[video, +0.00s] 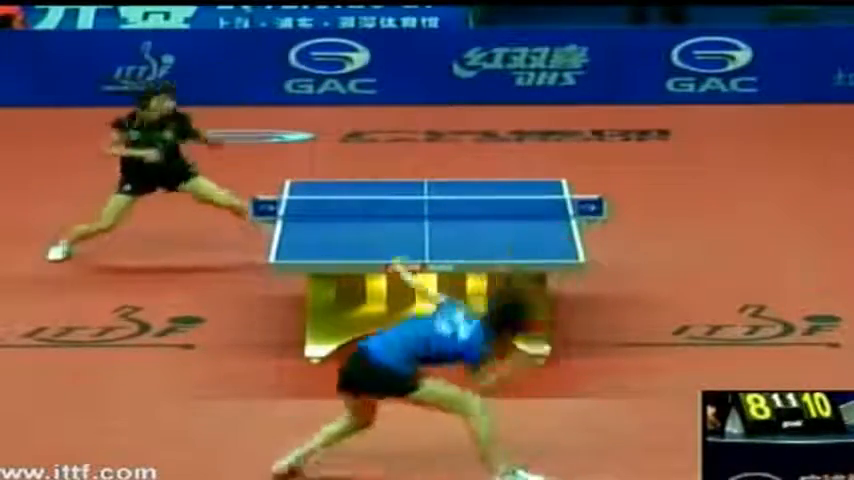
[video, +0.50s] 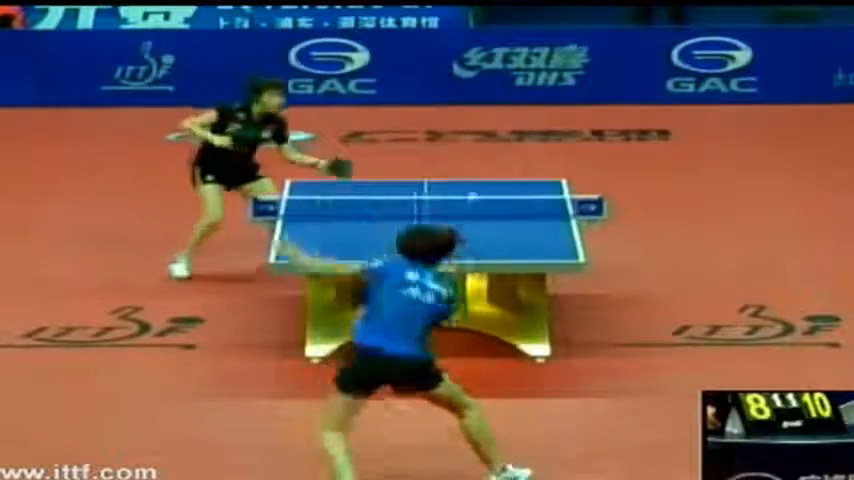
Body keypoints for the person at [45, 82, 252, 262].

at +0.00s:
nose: (167, 106)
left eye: (169, 101)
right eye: (162, 102)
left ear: (171, 104)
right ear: (149, 103)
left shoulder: (177, 121)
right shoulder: (131, 122)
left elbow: (192, 134)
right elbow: (112, 149)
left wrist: (207, 139)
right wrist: (142, 153)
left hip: (174, 172)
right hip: (138, 177)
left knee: (223, 199)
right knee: (105, 225)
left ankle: (267, 224)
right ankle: (66, 244)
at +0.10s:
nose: (201, 102)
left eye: (203, 98)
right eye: (195, 98)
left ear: (205, 100)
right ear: (182, 99)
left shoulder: (210, 118)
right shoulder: (162, 119)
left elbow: (229, 134)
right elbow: (137, 143)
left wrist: (240, 138)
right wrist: (168, 149)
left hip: (193, 170)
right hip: (157, 173)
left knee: (239, 200)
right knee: (122, 217)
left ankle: (278, 239)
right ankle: (70, 239)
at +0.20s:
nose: (239, 98)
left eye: (243, 93)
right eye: (235, 92)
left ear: (246, 97)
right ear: (224, 92)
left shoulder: (244, 116)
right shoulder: (201, 113)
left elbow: (258, 142)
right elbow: (168, 133)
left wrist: (273, 143)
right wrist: (200, 141)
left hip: (218, 164)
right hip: (185, 164)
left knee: (256, 198)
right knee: (151, 215)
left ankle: (282, 246)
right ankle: (98, 237)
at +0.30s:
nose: (258, 95)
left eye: (260, 90)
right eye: (253, 89)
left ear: (262, 94)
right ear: (240, 91)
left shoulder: (259, 117)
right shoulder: (215, 110)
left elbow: (273, 143)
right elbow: (179, 129)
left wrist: (291, 150)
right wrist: (209, 138)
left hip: (228, 164)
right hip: (195, 163)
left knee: (261, 197)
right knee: (180, 212)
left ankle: (281, 247)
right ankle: (129, 240)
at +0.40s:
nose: (272, 97)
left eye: (274, 93)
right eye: (267, 92)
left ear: (275, 96)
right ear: (253, 94)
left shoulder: (273, 120)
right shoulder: (229, 111)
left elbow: (287, 152)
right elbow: (185, 124)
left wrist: (313, 158)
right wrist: (214, 136)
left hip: (236, 161)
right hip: (206, 160)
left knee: (268, 201)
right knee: (208, 211)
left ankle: (285, 252)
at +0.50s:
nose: (278, 101)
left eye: (281, 97)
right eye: (273, 96)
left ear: (281, 100)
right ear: (259, 97)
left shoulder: (276, 124)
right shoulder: (231, 113)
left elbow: (288, 154)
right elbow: (189, 124)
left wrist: (318, 163)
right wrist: (213, 138)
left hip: (243, 167)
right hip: (212, 165)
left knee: (275, 207)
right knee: (213, 219)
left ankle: (282, 254)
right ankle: (184, 257)